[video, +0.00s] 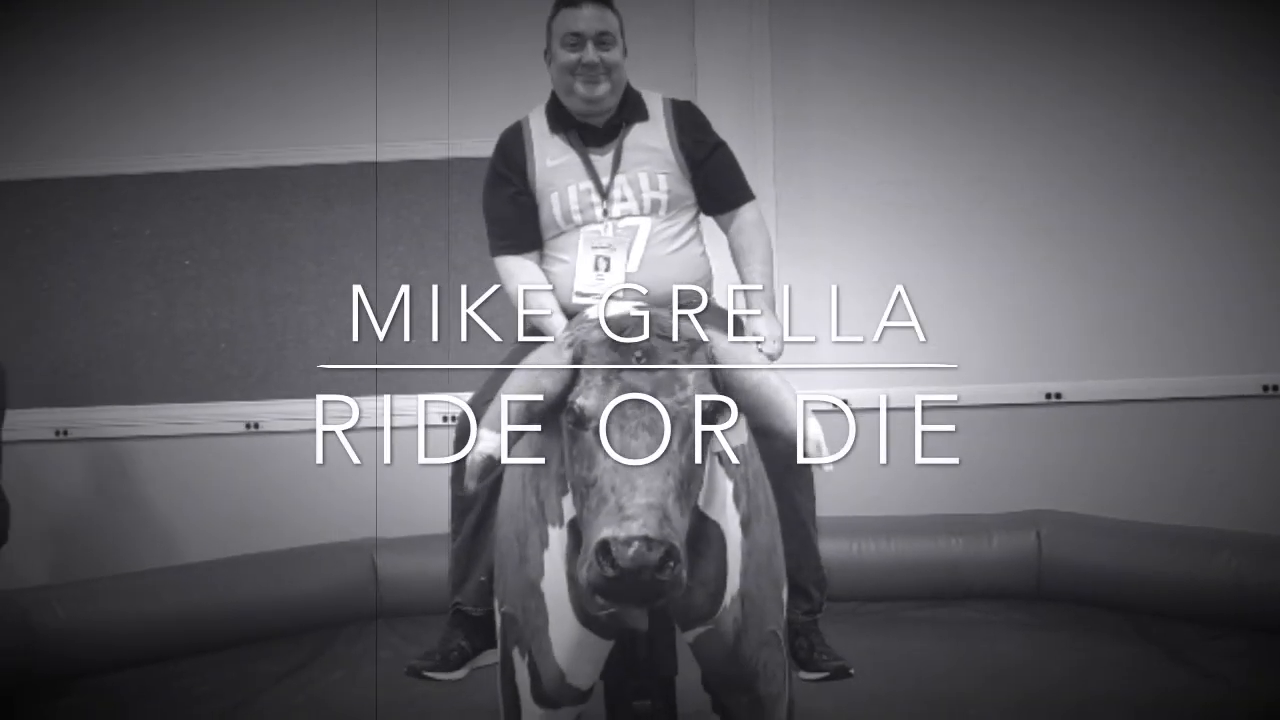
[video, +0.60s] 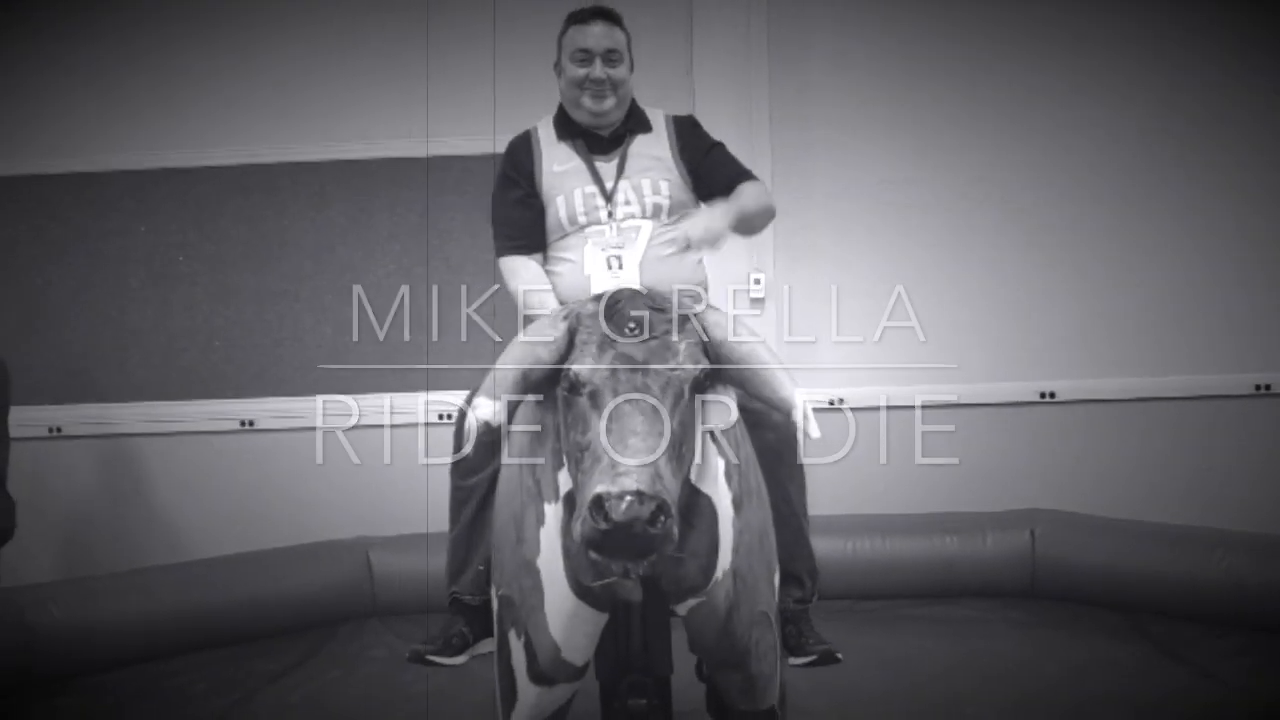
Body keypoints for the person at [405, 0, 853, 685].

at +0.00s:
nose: (590, 57)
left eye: (604, 43)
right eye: (573, 44)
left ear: (625, 51)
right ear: (549, 57)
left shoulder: (678, 121)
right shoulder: (522, 144)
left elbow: (742, 215)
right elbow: (513, 255)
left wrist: (758, 308)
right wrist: (559, 329)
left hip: (687, 319)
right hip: (575, 326)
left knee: (787, 427)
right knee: (478, 445)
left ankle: (801, 619)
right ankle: (474, 620)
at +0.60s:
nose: (598, 72)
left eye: (612, 58)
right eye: (582, 59)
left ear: (632, 68)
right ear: (558, 69)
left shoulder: (678, 136)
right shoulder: (531, 151)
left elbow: (760, 199)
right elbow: (516, 252)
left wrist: (718, 216)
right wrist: (547, 314)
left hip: (679, 307)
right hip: (571, 314)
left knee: (777, 411)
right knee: (480, 421)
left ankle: (794, 606)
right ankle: (471, 608)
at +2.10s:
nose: (592, 81)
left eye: (605, 65)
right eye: (575, 66)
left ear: (619, 55)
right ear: (539, 57)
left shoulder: (649, 106)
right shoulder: (498, 131)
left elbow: (739, 64)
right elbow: (483, 246)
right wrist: (525, 326)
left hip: (645, 306)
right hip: (534, 313)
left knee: (740, 424)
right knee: (442, 412)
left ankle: (752, 614)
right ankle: (434, 605)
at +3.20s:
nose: (538, 44)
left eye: (551, 29)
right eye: (519, 31)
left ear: (570, 35)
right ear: (488, 42)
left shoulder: (619, 87)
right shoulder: (474, 142)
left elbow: (702, 35)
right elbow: (489, 273)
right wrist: (520, 363)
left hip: (646, 325)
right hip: (530, 330)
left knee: (730, 471)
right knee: (431, 453)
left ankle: (740, 656)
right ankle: (417, 643)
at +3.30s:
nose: (530, 40)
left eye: (542, 25)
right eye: (511, 27)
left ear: (562, 32)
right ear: (480, 43)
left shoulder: (617, 87)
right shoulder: (472, 144)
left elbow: (702, 49)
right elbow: (488, 269)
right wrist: (521, 369)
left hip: (647, 327)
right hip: (530, 333)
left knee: (731, 475)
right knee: (432, 458)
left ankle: (743, 664)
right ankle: (422, 655)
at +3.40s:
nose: (523, 36)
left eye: (535, 21)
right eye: (503, 23)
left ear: (553, 29)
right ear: (472, 40)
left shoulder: (615, 90)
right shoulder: (469, 146)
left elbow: (702, 68)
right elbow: (488, 271)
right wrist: (521, 370)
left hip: (648, 329)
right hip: (530, 334)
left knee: (731, 476)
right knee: (433, 462)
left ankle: (744, 661)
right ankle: (422, 659)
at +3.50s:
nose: (517, 30)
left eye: (528, 16)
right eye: (496, 20)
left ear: (546, 28)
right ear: (466, 44)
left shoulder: (612, 91)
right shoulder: (467, 147)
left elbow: (700, 96)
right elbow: (487, 273)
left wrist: (743, 9)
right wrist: (521, 376)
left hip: (650, 331)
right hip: (528, 339)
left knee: (731, 484)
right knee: (431, 470)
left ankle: (741, 662)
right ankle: (421, 663)